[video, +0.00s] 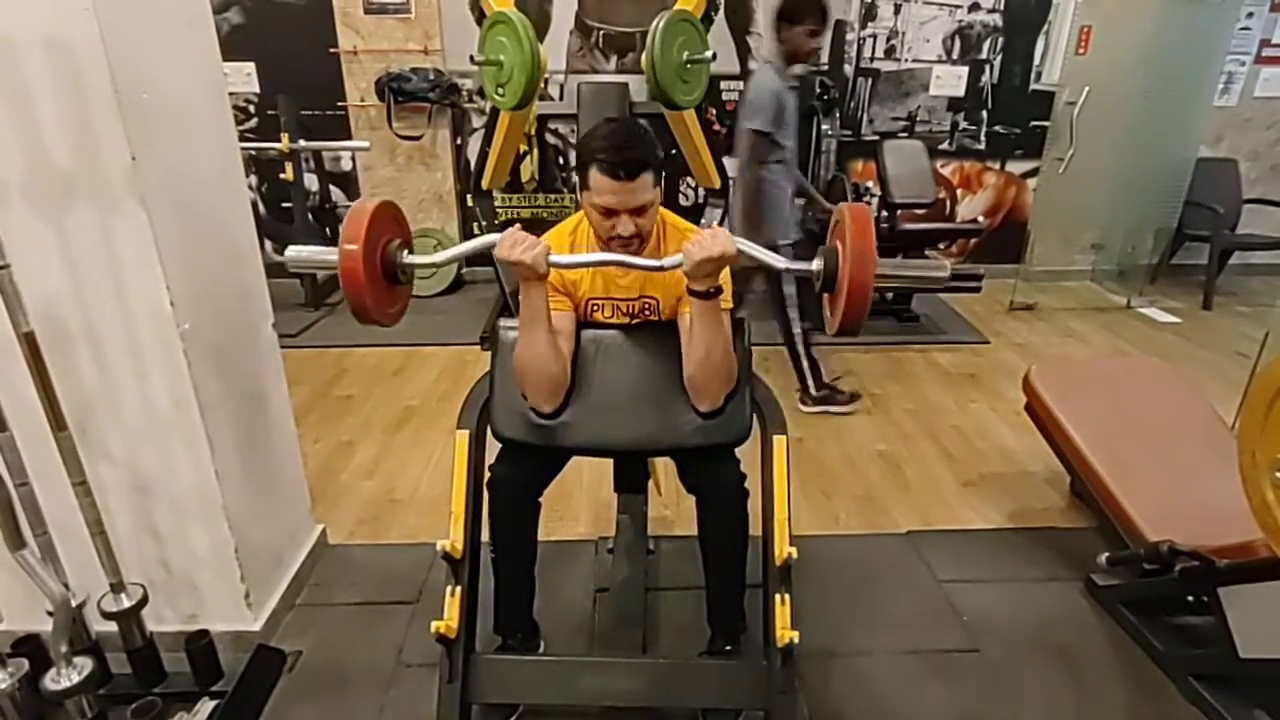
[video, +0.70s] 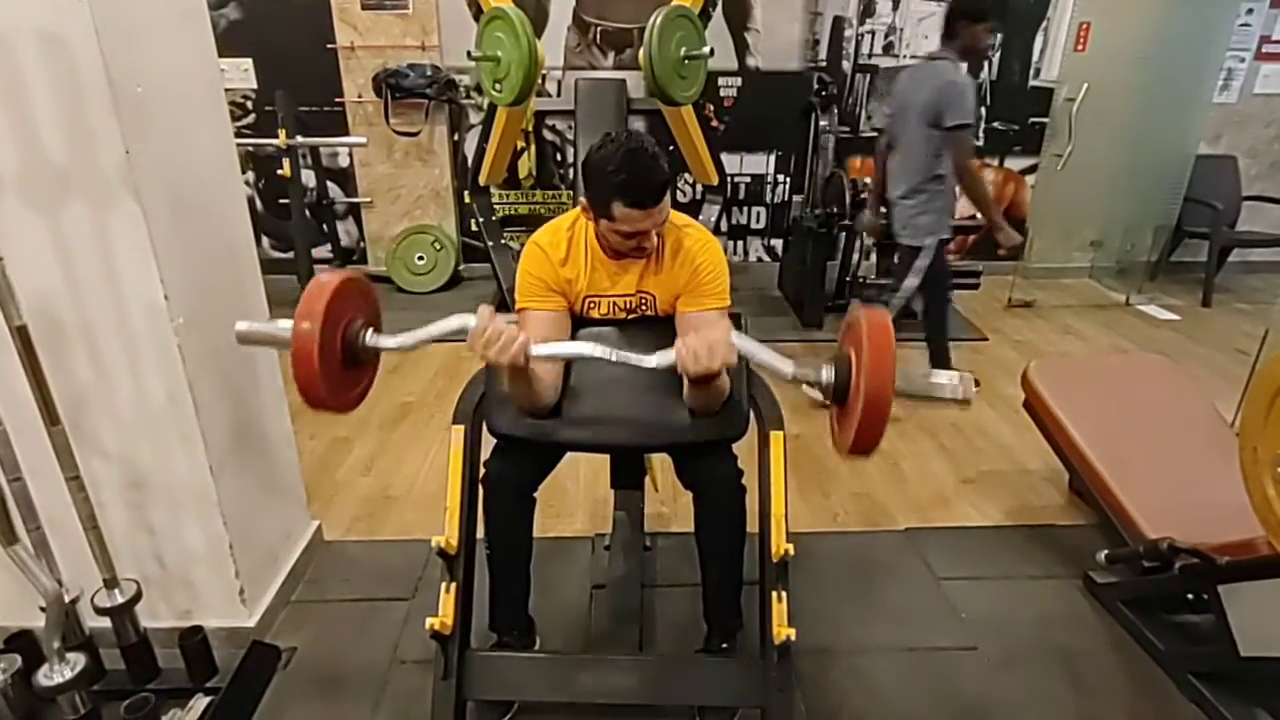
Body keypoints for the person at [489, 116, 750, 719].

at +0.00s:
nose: (625, 227)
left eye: (639, 211)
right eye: (608, 213)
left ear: (659, 190)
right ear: (581, 194)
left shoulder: (695, 249)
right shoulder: (555, 250)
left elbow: (709, 396)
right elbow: (543, 397)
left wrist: (704, 290)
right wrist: (530, 284)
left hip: (672, 388)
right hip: (580, 387)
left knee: (721, 481)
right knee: (511, 479)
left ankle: (726, 640)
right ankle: (516, 636)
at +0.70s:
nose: (647, 242)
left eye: (656, 228)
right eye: (629, 234)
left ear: (668, 201)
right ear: (590, 211)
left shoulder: (695, 248)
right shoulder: (548, 250)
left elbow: (708, 404)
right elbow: (538, 396)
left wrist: (704, 372)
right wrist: (514, 368)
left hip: (665, 387)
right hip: (576, 388)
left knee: (720, 477)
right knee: (504, 478)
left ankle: (723, 637)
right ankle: (511, 635)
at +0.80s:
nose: (648, 244)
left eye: (658, 230)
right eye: (629, 236)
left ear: (670, 202)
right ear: (590, 211)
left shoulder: (698, 250)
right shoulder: (549, 250)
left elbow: (706, 367)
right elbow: (539, 372)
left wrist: (709, 401)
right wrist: (513, 391)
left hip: (668, 386)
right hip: (576, 384)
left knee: (720, 475)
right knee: (506, 478)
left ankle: (724, 636)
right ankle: (512, 634)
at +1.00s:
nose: (647, 248)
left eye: (658, 234)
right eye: (629, 240)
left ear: (671, 204)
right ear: (594, 213)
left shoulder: (700, 252)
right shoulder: (550, 250)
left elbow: (707, 372)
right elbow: (537, 368)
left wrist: (713, 435)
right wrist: (516, 419)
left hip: (671, 385)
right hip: (578, 384)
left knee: (721, 471)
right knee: (506, 470)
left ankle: (724, 638)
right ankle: (511, 635)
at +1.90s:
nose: (623, 240)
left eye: (639, 225)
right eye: (608, 224)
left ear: (665, 203)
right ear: (587, 198)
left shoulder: (696, 256)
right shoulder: (552, 255)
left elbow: (709, 393)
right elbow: (536, 387)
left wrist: (704, 513)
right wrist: (524, 515)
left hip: (670, 382)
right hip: (575, 382)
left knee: (723, 484)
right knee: (502, 479)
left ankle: (722, 635)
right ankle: (512, 637)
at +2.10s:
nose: (621, 233)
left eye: (637, 218)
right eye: (606, 217)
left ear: (663, 198)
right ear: (586, 195)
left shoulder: (697, 257)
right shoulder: (555, 253)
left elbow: (710, 389)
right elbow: (536, 385)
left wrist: (707, 498)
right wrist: (522, 500)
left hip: (671, 385)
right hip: (574, 383)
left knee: (722, 488)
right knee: (503, 477)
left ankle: (722, 641)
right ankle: (512, 639)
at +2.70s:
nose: (617, 246)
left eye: (632, 230)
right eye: (601, 231)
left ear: (656, 205)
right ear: (580, 208)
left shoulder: (696, 258)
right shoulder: (552, 257)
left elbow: (711, 383)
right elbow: (536, 379)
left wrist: (714, 425)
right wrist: (513, 427)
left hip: (666, 395)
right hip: (577, 393)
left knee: (718, 483)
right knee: (504, 485)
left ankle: (723, 643)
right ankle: (511, 645)